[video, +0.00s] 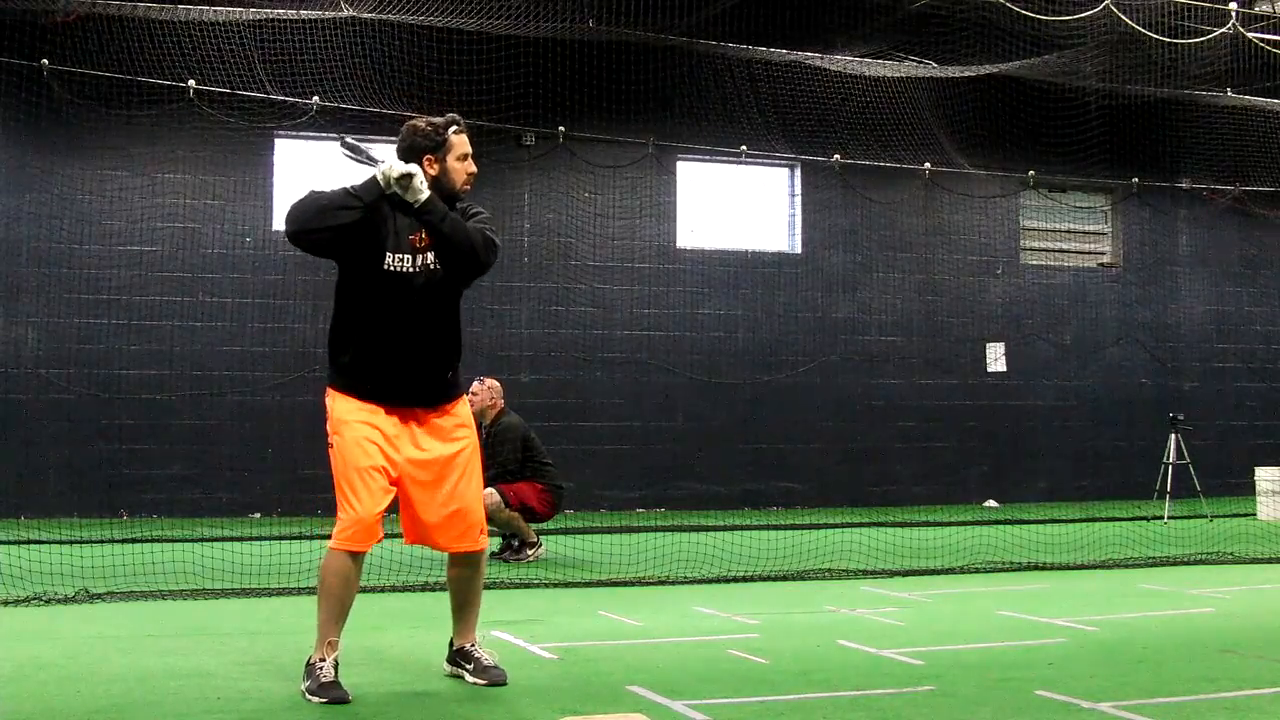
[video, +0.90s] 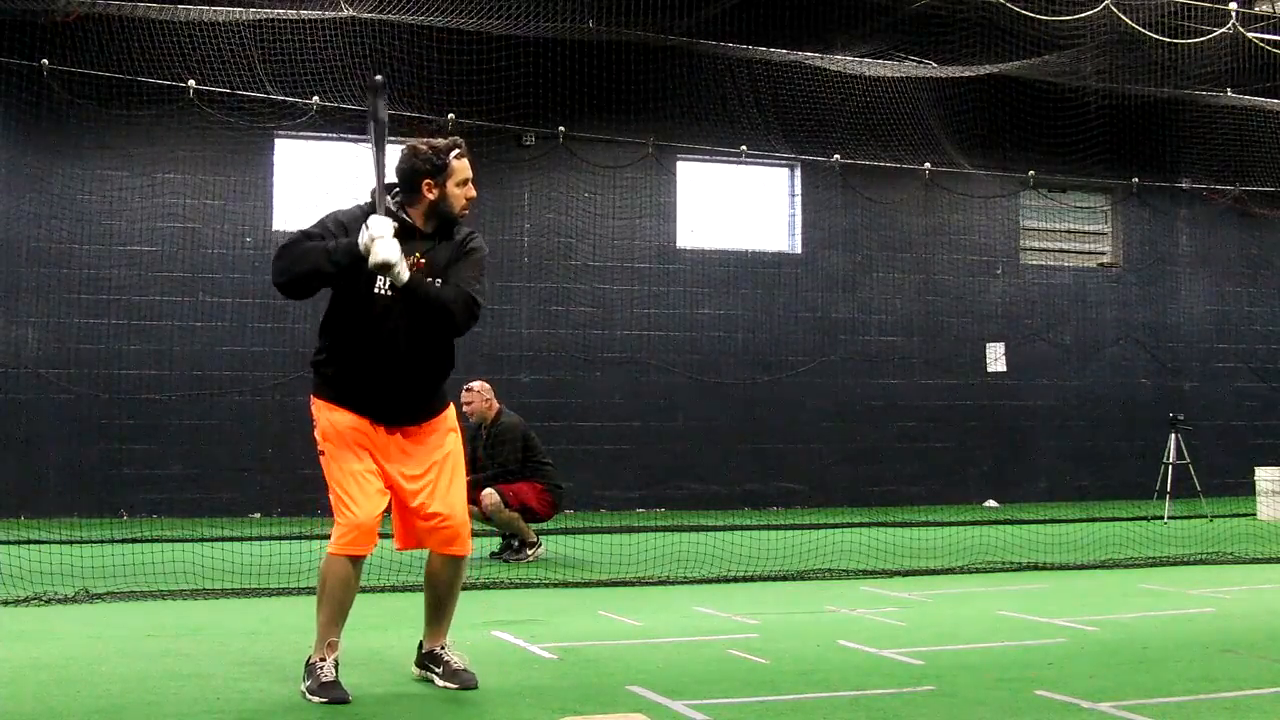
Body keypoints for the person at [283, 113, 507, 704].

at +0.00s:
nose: (472, 166)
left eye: (470, 157)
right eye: (463, 157)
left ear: (442, 164)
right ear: (429, 163)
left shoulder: (465, 224)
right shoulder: (366, 215)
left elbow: (476, 257)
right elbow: (298, 224)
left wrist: (425, 198)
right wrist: (375, 185)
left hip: (441, 405)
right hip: (362, 402)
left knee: (468, 531)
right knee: (358, 523)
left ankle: (464, 647)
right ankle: (324, 658)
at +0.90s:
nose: (472, 192)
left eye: (473, 182)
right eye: (464, 183)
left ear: (440, 187)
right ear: (429, 187)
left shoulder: (462, 244)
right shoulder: (360, 222)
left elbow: (460, 313)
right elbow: (287, 272)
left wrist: (406, 275)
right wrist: (358, 245)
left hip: (428, 416)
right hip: (349, 411)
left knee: (451, 532)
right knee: (358, 525)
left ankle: (434, 650)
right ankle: (323, 659)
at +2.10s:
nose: (546, 189)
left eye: (546, 180)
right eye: (544, 182)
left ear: (483, 186)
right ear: (523, 189)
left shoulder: (427, 233)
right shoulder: (536, 238)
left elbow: (378, 289)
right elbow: (486, 234)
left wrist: (410, 219)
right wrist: (436, 202)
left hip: (449, 414)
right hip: (458, 420)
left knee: (522, 523)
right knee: (448, 563)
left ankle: (563, 648)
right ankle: (306, 639)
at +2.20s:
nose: (546, 190)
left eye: (545, 181)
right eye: (543, 182)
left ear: (486, 185)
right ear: (521, 190)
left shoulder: (433, 227)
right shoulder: (536, 249)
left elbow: (387, 270)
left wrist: (450, 283)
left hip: (454, 415)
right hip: (455, 421)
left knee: (526, 523)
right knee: (448, 562)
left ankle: (563, 649)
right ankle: (304, 640)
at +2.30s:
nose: (544, 194)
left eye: (545, 184)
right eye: (542, 185)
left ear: (483, 185)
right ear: (517, 190)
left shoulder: (429, 230)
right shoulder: (527, 253)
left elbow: (407, 262)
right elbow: (545, 271)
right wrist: (527, 216)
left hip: (476, 418)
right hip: (450, 421)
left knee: (531, 523)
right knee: (443, 560)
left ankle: (564, 650)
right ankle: (304, 640)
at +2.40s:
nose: (547, 191)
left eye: (547, 181)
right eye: (543, 182)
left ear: (490, 182)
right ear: (517, 186)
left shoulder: (441, 221)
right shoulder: (520, 251)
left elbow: (484, 278)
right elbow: (561, 286)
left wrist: (542, 248)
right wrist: (574, 251)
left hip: (483, 417)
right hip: (450, 419)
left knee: (536, 523)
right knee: (440, 558)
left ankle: (564, 649)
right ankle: (305, 638)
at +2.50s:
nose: (554, 190)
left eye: (554, 178)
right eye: (549, 180)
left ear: (501, 182)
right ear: (518, 185)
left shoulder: (455, 217)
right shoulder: (523, 254)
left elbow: (505, 275)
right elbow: (571, 311)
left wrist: (573, 275)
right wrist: (609, 288)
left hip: (487, 412)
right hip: (455, 418)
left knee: (541, 520)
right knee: (441, 556)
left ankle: (565, 649)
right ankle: (305, 637)